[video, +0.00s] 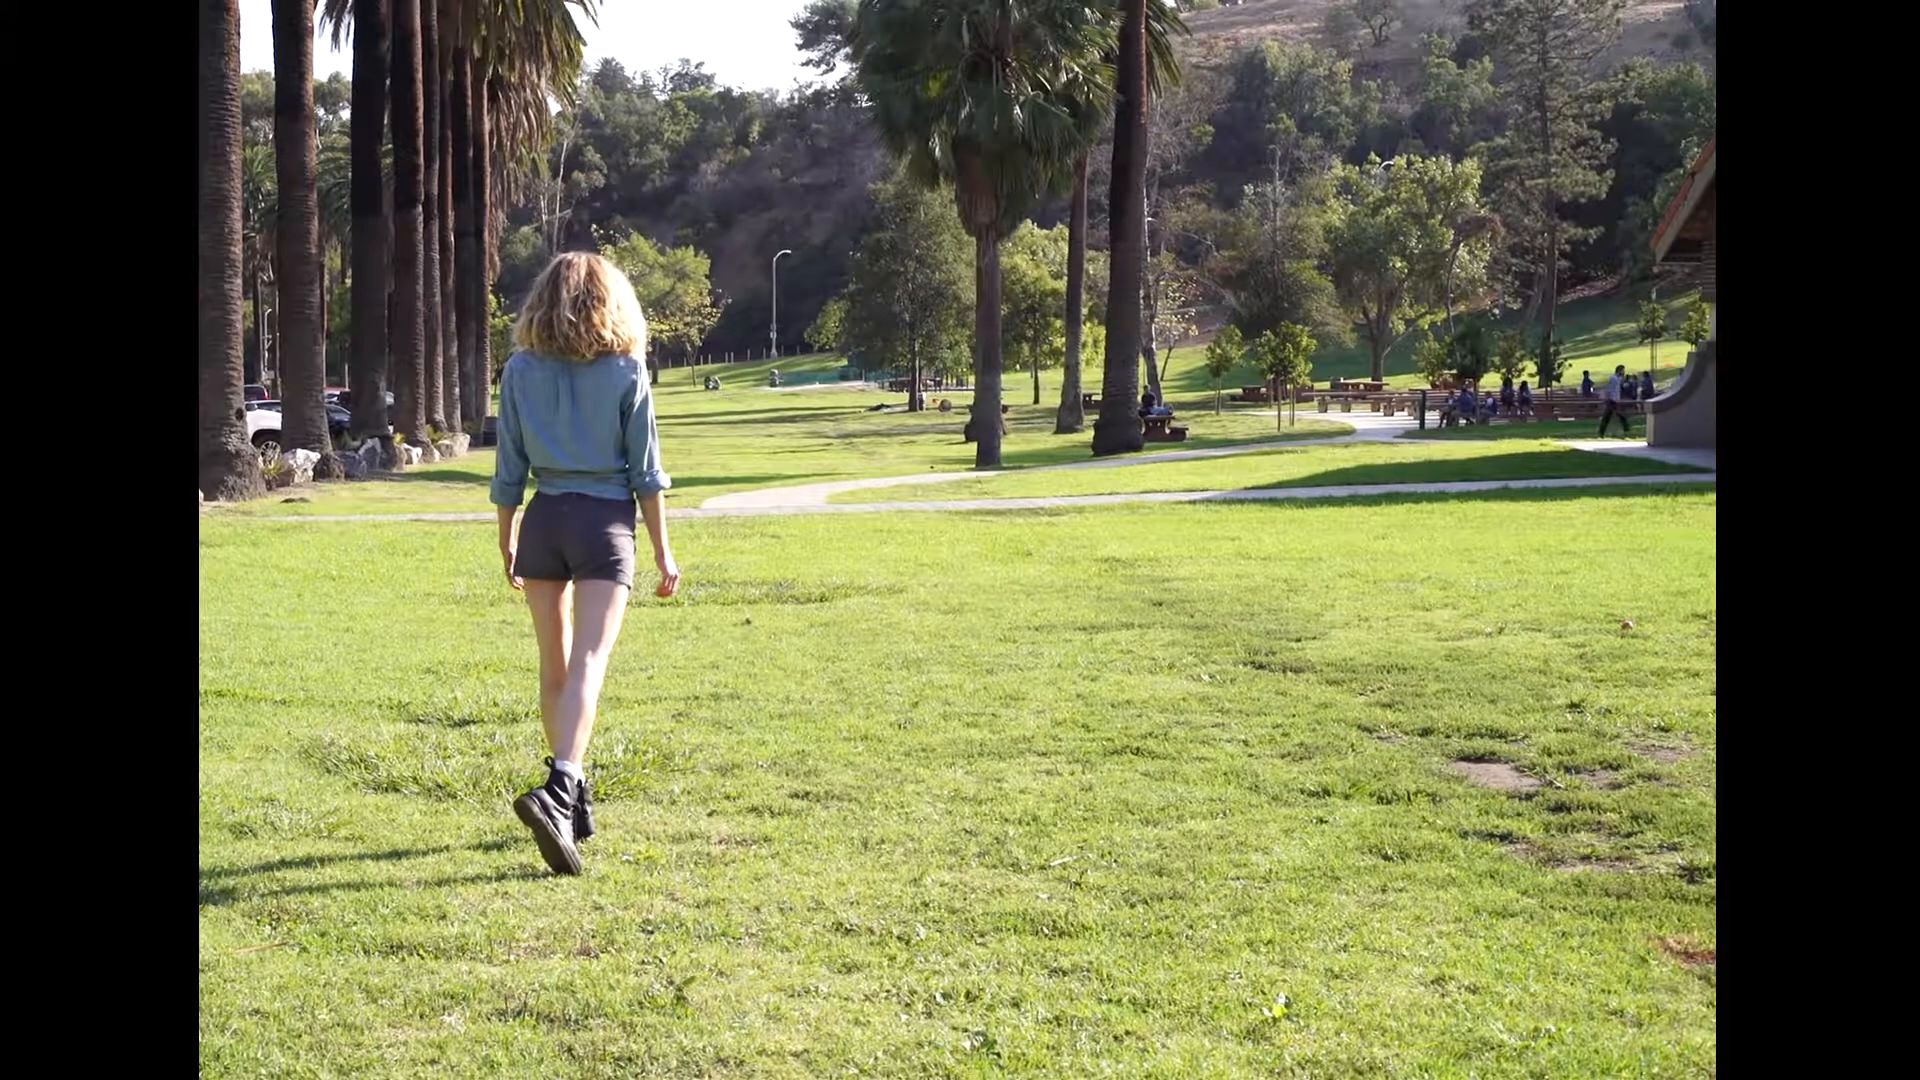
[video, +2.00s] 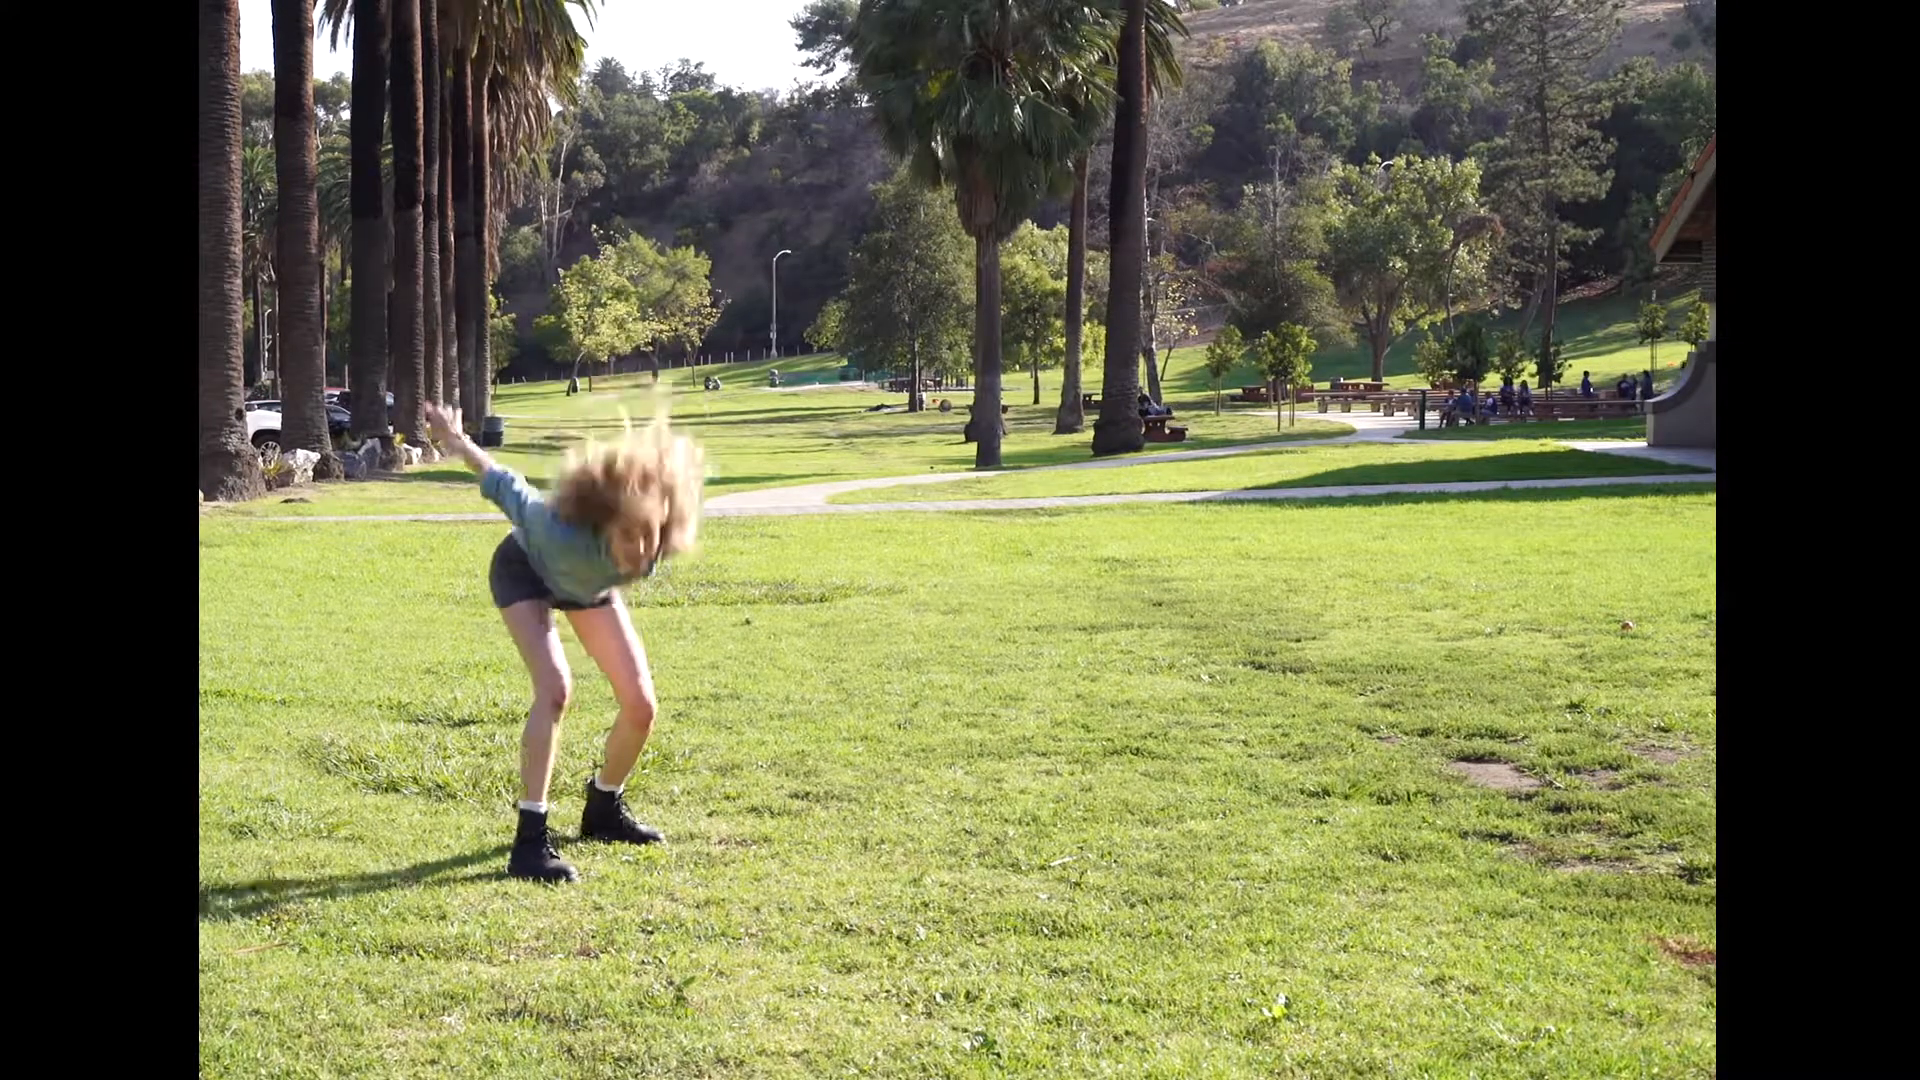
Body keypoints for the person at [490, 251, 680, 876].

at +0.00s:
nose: (624, 311)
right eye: (619, 300)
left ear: (544, 306)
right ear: (612, 306)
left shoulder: (520, 369)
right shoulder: (627, 371)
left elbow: (510, 465)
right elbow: (645, 470)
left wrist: (506, 540)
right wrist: (663, 549)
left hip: (542, 516)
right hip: (606, 518)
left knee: (553, 663)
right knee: (589, 660)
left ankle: (575, 794)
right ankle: (558, 790)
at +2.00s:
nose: (641, 546)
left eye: (650, 534)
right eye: (629, 534)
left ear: (664, 528)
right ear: (603, 524)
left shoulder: (653, 548)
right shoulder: (553, 530)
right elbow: (499, 480)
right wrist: (456, 439)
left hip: (589, 582)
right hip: (524, 567)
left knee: (641, 708)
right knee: (553, 690)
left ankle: (602, 811)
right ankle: (530, 843)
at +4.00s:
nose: (682, 438)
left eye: (696, 433)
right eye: (679, 426)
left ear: (721, 445)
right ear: (669, 425)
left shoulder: (727, 495)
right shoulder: (635, 453)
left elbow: (755, 555)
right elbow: (563, 424)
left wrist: (740, 479)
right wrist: (494, 387)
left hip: (675, 612)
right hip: (605, 603)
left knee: (753, 746)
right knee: (561, 734)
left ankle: (797, 839)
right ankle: (524, 836)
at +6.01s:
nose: (718, 391)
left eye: (729, 378)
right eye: (706, 379)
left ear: (760, 373)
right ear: (692, 377)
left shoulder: (792, 426)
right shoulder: (681, 425)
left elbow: (851, 483)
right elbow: (624, 492)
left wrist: (918, 504)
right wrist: (578, 561)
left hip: (763, 566)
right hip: (690, 567)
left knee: (827, 725)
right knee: (638, 730)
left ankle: (852, 833)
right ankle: (617, 835)